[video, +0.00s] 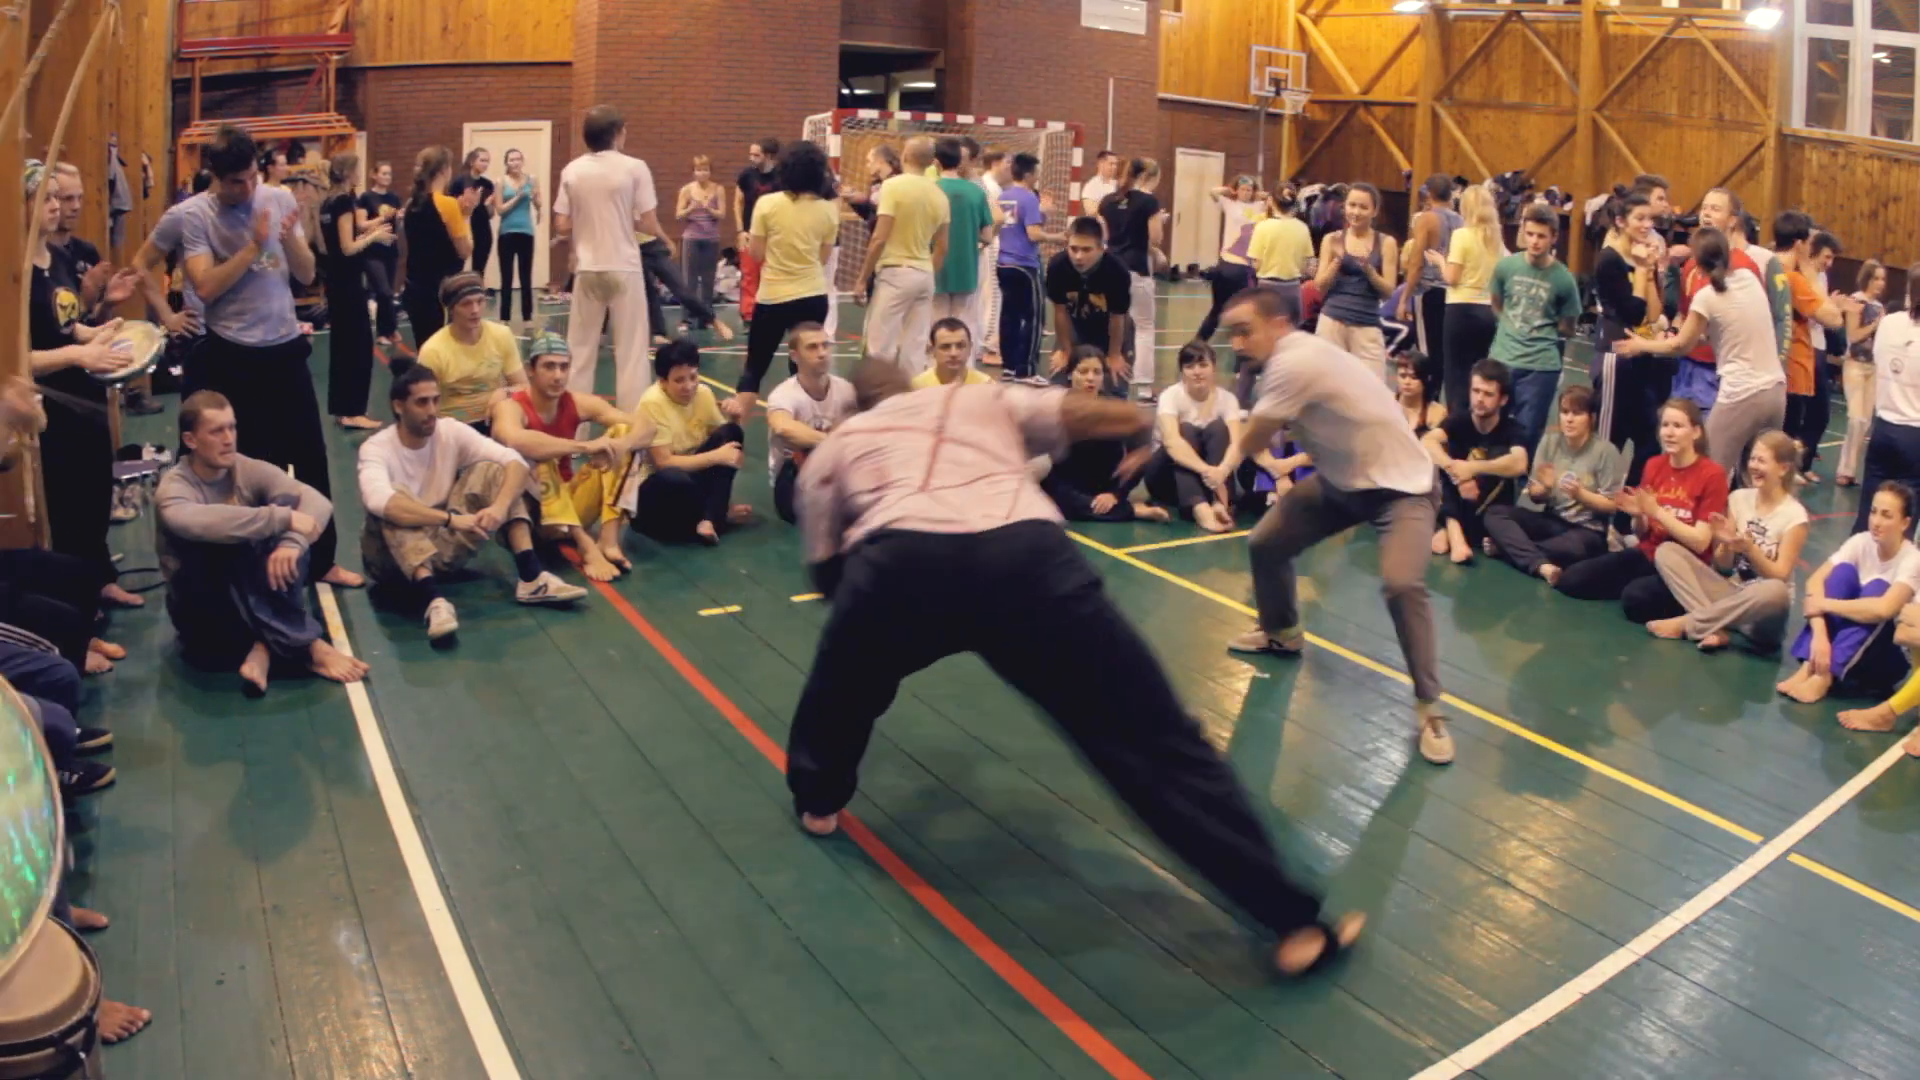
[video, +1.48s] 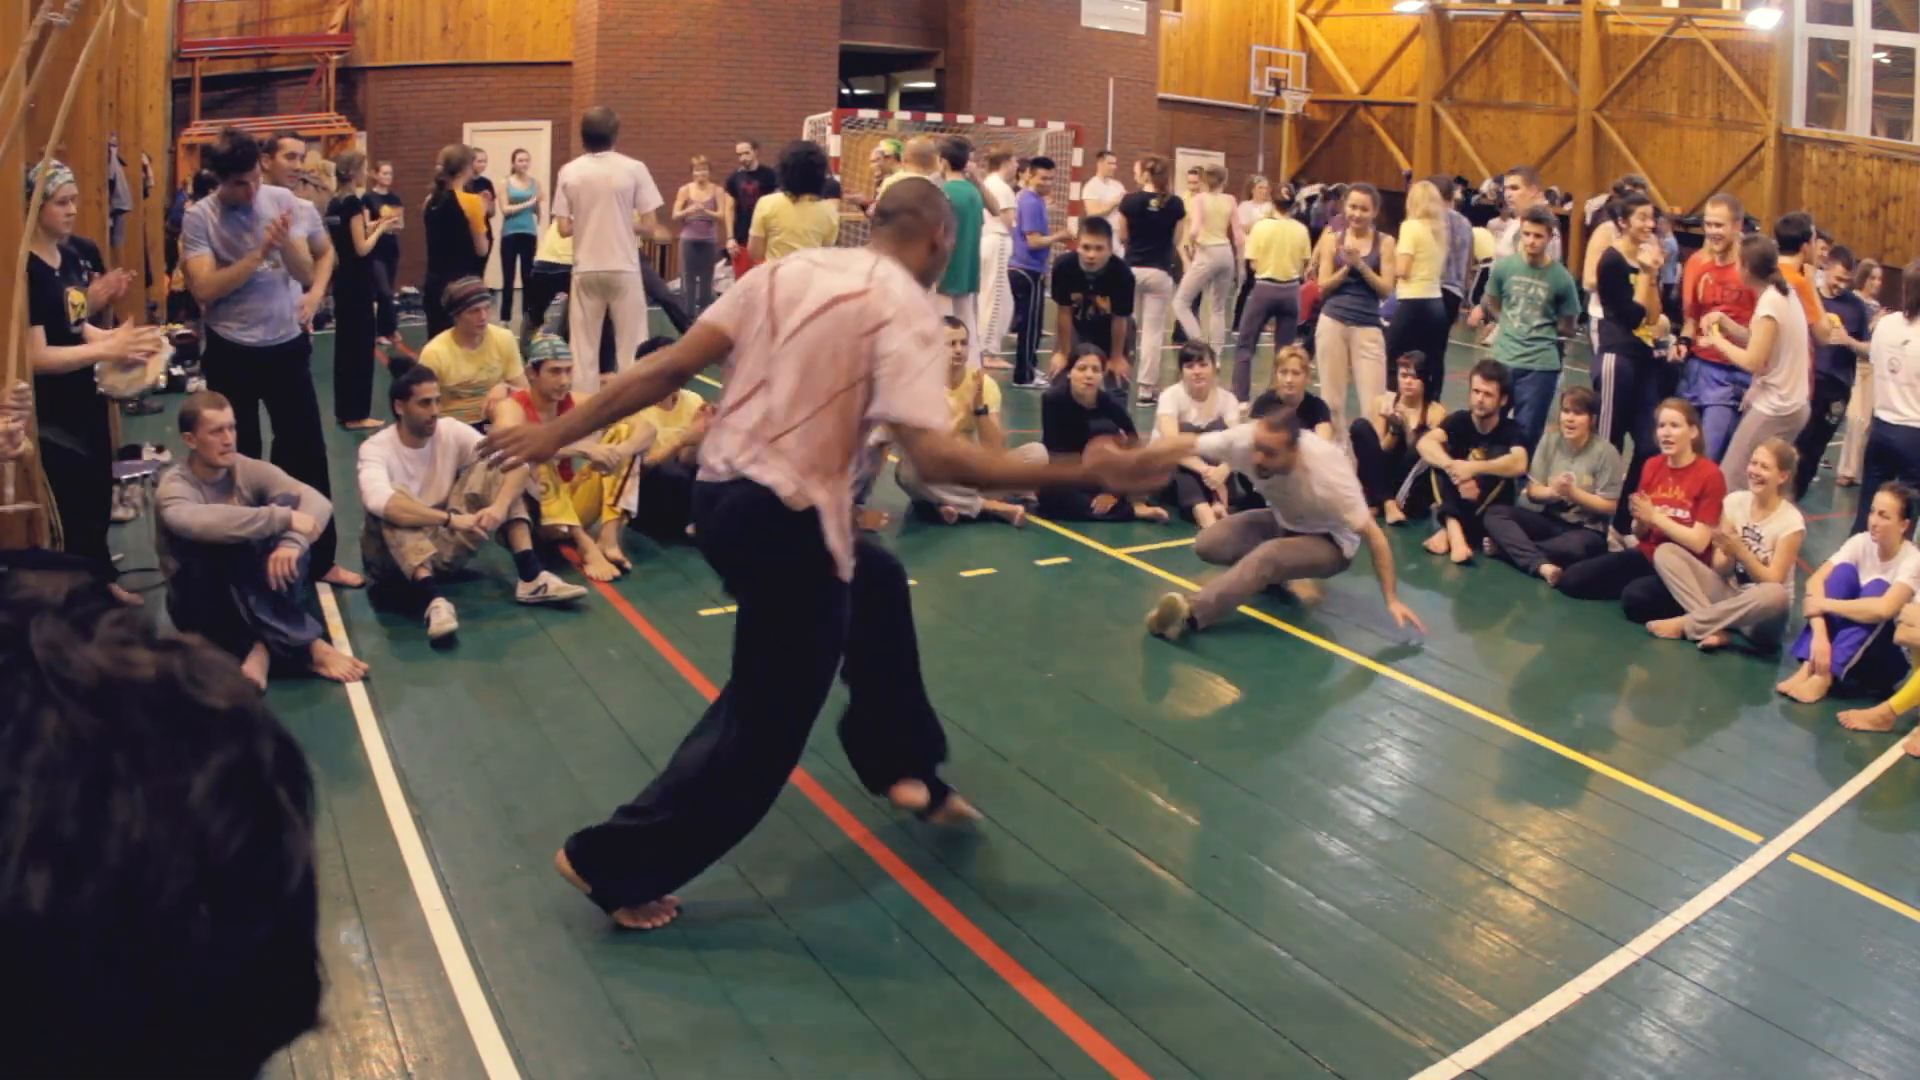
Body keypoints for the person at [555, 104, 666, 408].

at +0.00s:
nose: (625, 135)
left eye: (623, 130)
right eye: (623, 130)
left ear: (589, 136)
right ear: (617, 134)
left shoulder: (572, 170)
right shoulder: (634, 167)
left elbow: (562, 226)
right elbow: (647, 222)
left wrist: (586, 228)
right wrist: (665, 239)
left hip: (586, 268)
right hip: (625, 267)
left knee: (580, 348)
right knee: (631, 348)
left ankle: (573, 424)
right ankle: (633, 425)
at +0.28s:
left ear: (611, 135)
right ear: (644, 136)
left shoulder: (594, 170)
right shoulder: (661, 172)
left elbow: (582, 224)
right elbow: (670, 229)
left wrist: (609, 217)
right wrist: (643, 221)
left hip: (602, 270)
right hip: (643, 270)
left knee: (592, 354)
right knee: (643, 355)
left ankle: (584, 437)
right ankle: (639, 435)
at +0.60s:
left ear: (622, 133)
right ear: (656, 135)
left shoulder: (604, 167)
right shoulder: (670, 173)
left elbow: (590, 220)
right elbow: (678, 230)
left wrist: (617, 210)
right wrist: (652, 220)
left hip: (608, 268)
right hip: (649, 269)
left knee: (605, 351)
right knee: (647, 354)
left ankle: (600, 430)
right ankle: (639, 430)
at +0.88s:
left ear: (622, 134)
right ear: (655, 136)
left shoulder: (602, 167)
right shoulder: (669, 173)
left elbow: (588, 220)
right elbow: (677, 231)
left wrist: (614, 209)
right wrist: (654, 221)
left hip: (606, 267)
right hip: (646, 268)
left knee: (596, 349)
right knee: (647, 351)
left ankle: (588, 421)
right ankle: (643, 423)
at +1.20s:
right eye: (635, 129)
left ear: (603, 133)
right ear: (636, 133)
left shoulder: (586, 167)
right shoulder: (653, 171)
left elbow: (576, 221)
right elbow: (664, 228)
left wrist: (602, 214)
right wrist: (641, 220)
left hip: (596, 267)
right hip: (635, 267)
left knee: (591, 350)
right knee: (639, 349)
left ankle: (591, 420)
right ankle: (637, 420)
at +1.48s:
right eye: (617, 130)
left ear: (582, 135)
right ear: (615, 135)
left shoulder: (569, 172)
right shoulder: (634, 169)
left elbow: (564, 229)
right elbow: (650, 226)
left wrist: (589, 219)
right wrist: (627, 223)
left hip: (585, 267)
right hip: (623, 266)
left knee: (583, 349)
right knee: (631, 348)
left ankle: (585, 416)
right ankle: (632, 417)